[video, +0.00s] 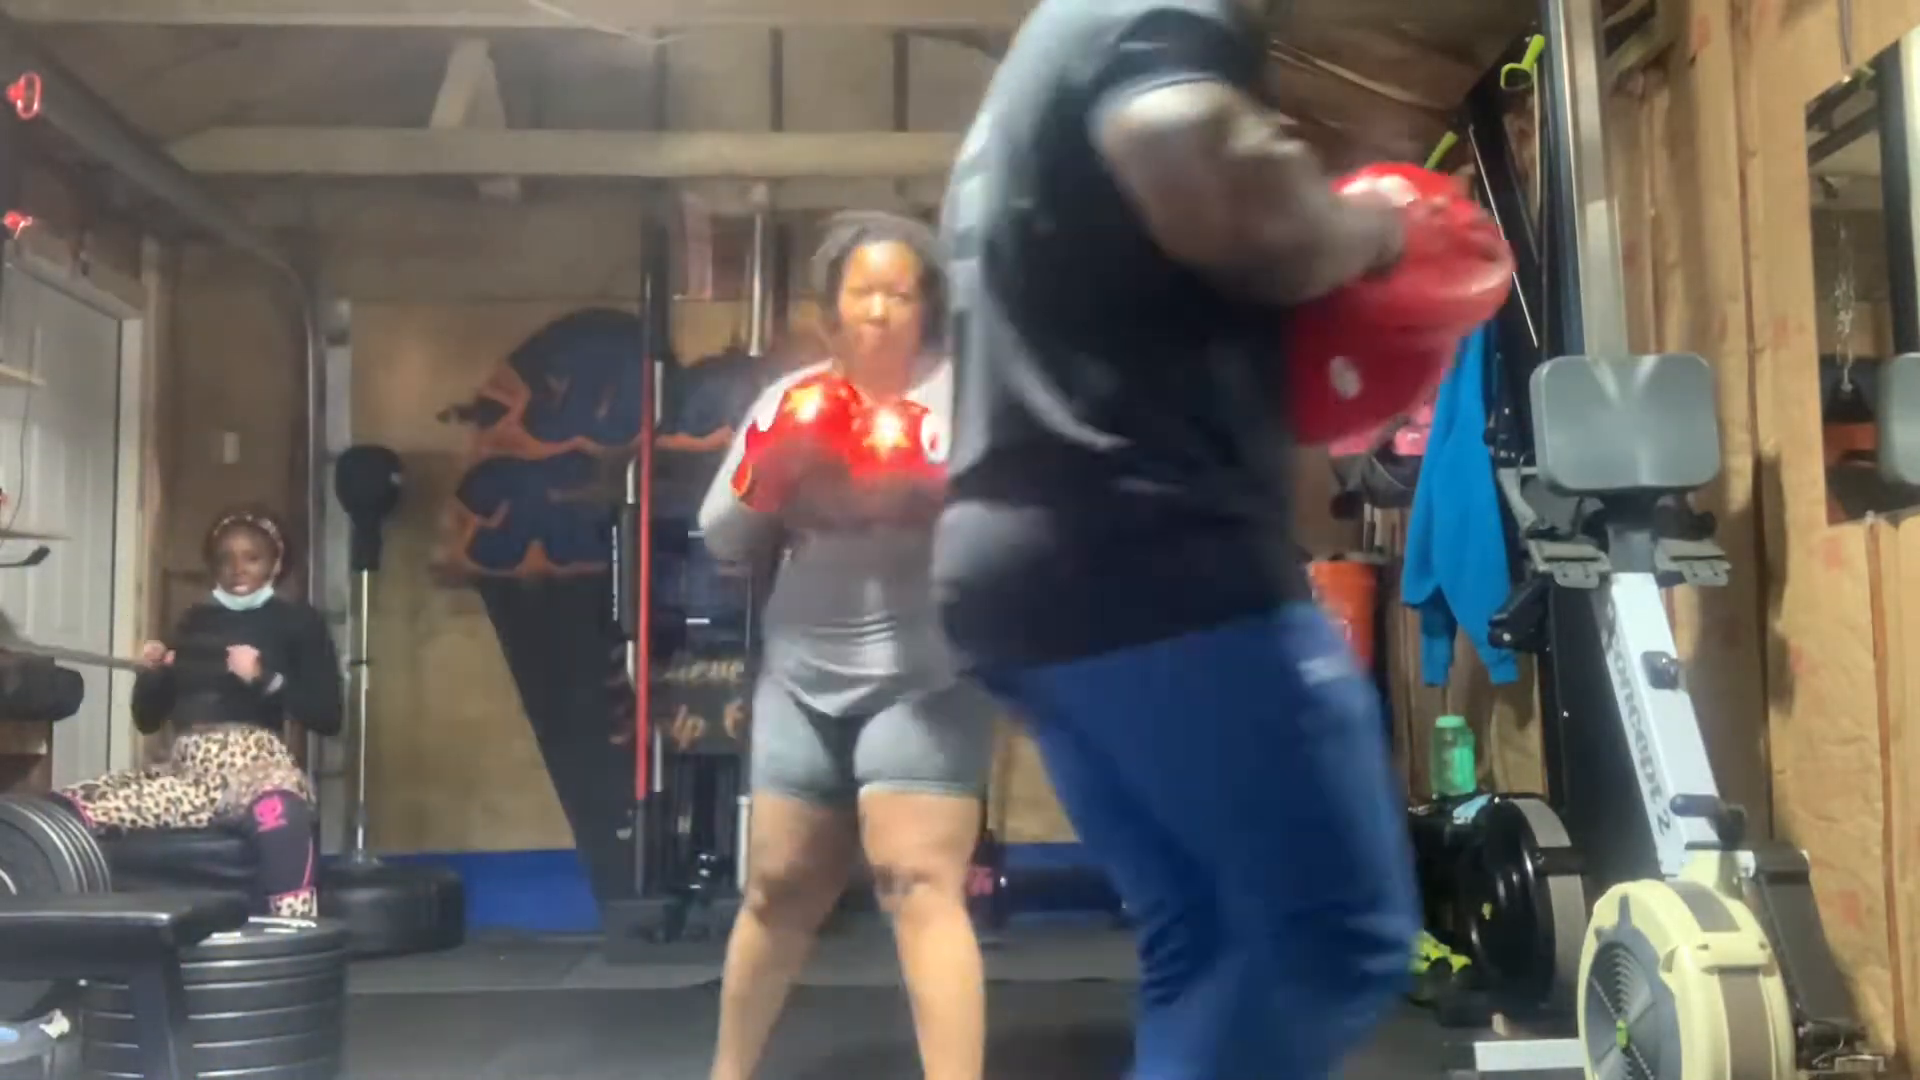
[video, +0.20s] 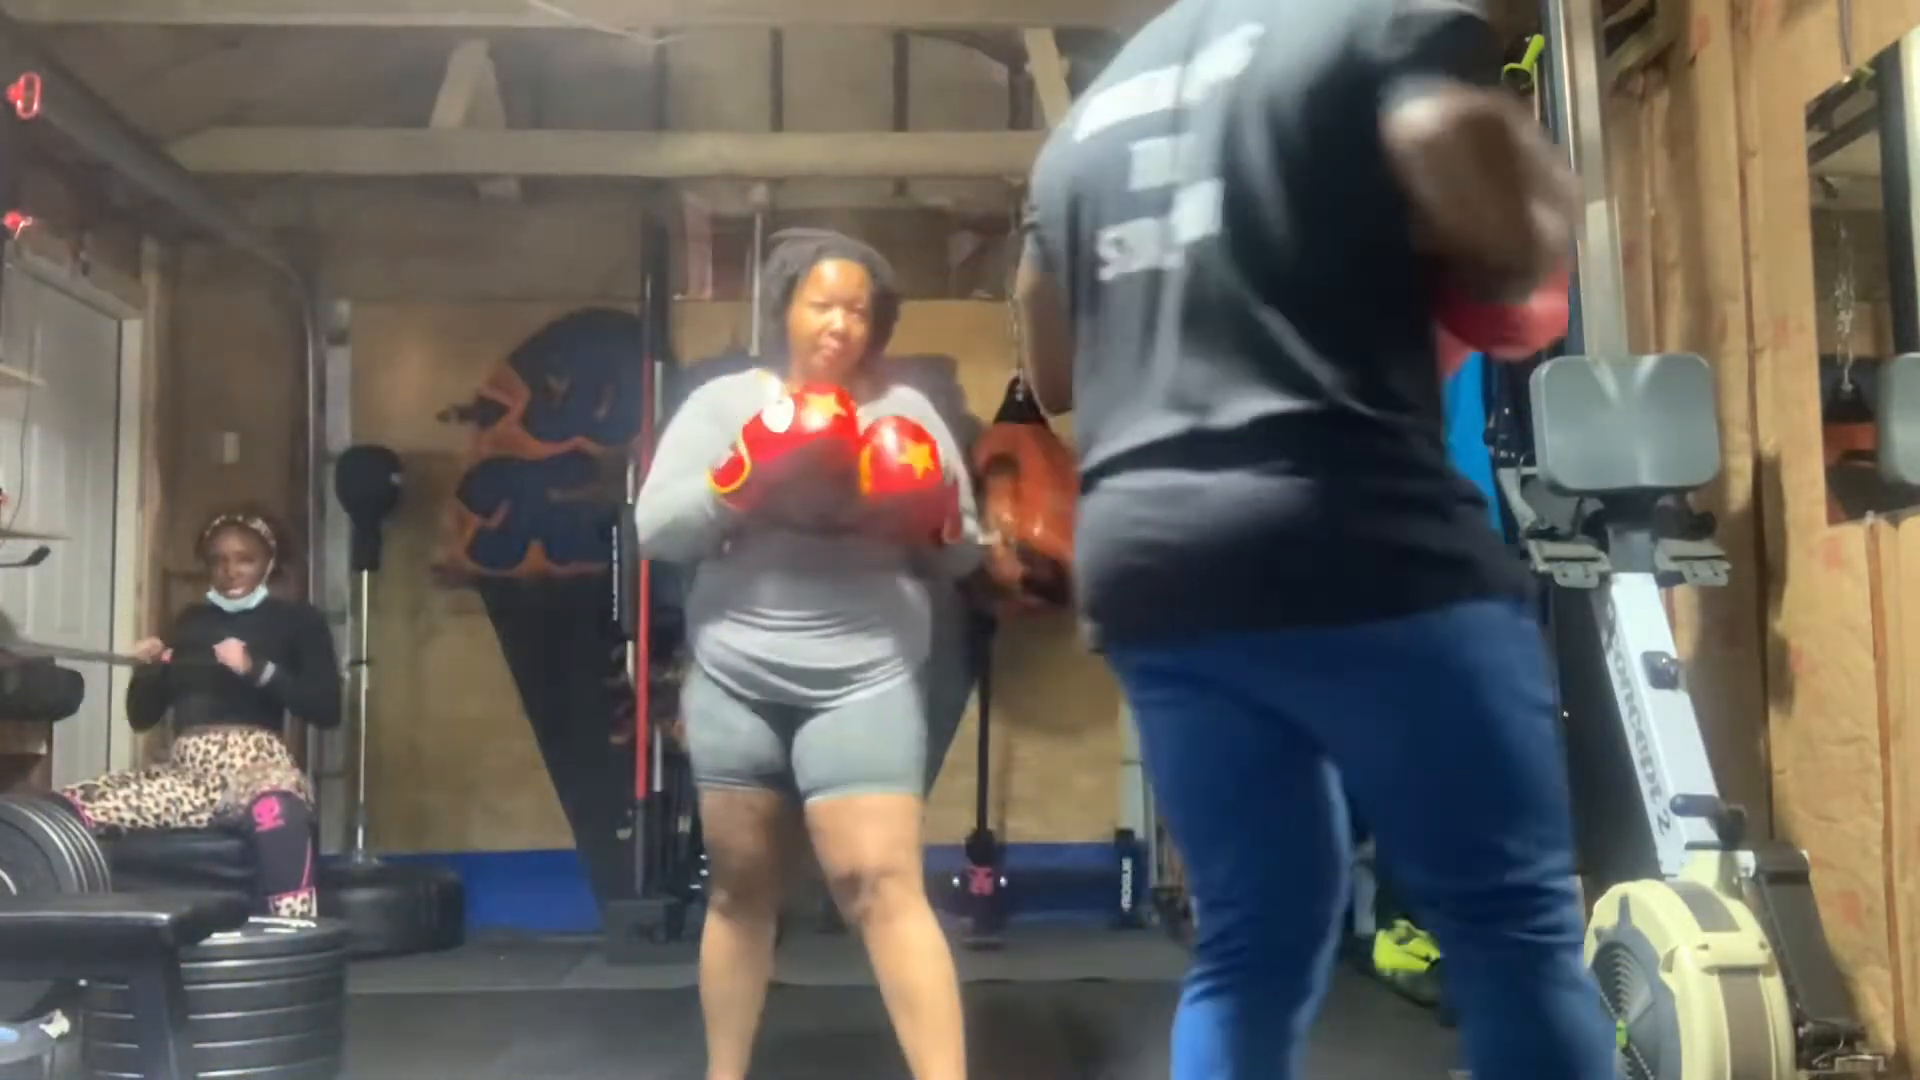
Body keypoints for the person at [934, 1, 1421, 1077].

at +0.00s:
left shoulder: (1051, 48)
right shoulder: (1155, 16)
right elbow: (1221, 205)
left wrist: (1320, 352)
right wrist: (1370, 223)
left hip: (1027, 555)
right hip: (1154, 553)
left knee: (1194, 942)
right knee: (1337, 936)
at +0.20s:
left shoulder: (1087, 111)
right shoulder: (1394, 18)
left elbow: (1055, 375)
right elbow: (1436, 131)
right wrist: (1524, 267)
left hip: (1138, 539)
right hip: (1356, 530)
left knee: (1250, 944)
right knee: (1512, 923)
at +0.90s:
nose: (1237, 123)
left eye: (1235, 107)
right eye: (1231, 108)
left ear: (1274, 68)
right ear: (1376, 43)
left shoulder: (1252, 165)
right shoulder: (1562, 133)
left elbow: (1169, 403)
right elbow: (1632, 354)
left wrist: (1136, 349)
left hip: (1393, 566)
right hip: (1615, 553)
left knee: (1321, 934)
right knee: (1642, 909)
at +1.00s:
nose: (1237, 138)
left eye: (1233, 121)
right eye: (1230, 125)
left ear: (1270, 87)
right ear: (1372, 57)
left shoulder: (1251, 178)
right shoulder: (1555, 137)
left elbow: (1137, 401)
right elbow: (1622, 348)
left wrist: (1128, 315)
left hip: (1393, 570)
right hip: (1617, 554)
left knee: (1323, 933)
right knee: (1667, 894)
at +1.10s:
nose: (1251, 130)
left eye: (1248, 116)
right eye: (1246, 118)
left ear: (1286, 87)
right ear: (1392, 59)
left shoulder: (1260, 177)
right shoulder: (1568, 144)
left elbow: (1133, 386)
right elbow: (1629, 339)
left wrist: (1122, 274)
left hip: (1399, 574)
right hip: (1629, 558)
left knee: (1332, 931)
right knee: (1695, 901)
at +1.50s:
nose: (1336, 114)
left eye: (1333, 100)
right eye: (1336, 103)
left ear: (1357, 86)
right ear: (1480, 71)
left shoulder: (1315, 177)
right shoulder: (1620, 170)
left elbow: (1135, 314)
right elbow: (1668, 342)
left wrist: (1183, 185)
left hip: (1422, 582)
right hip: (1656, 573)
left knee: (1322, 913)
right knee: (1722, 916)